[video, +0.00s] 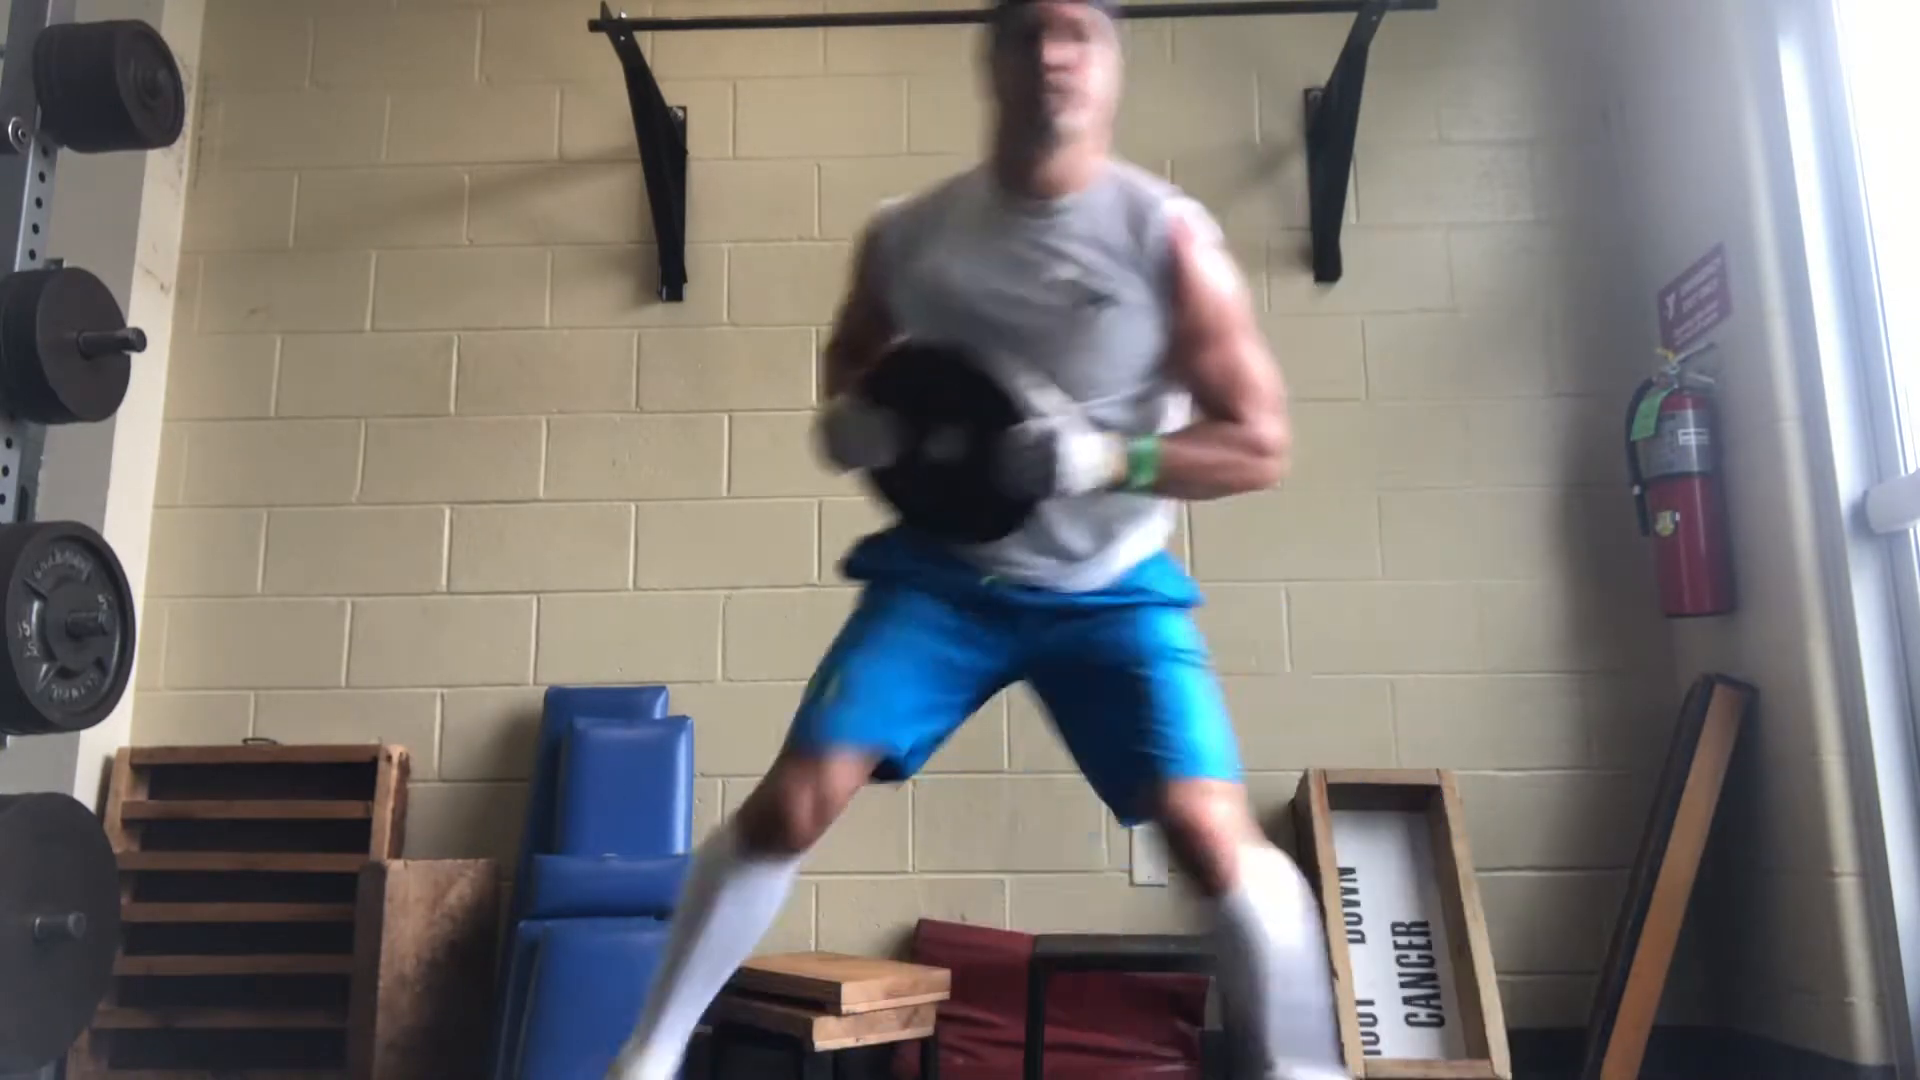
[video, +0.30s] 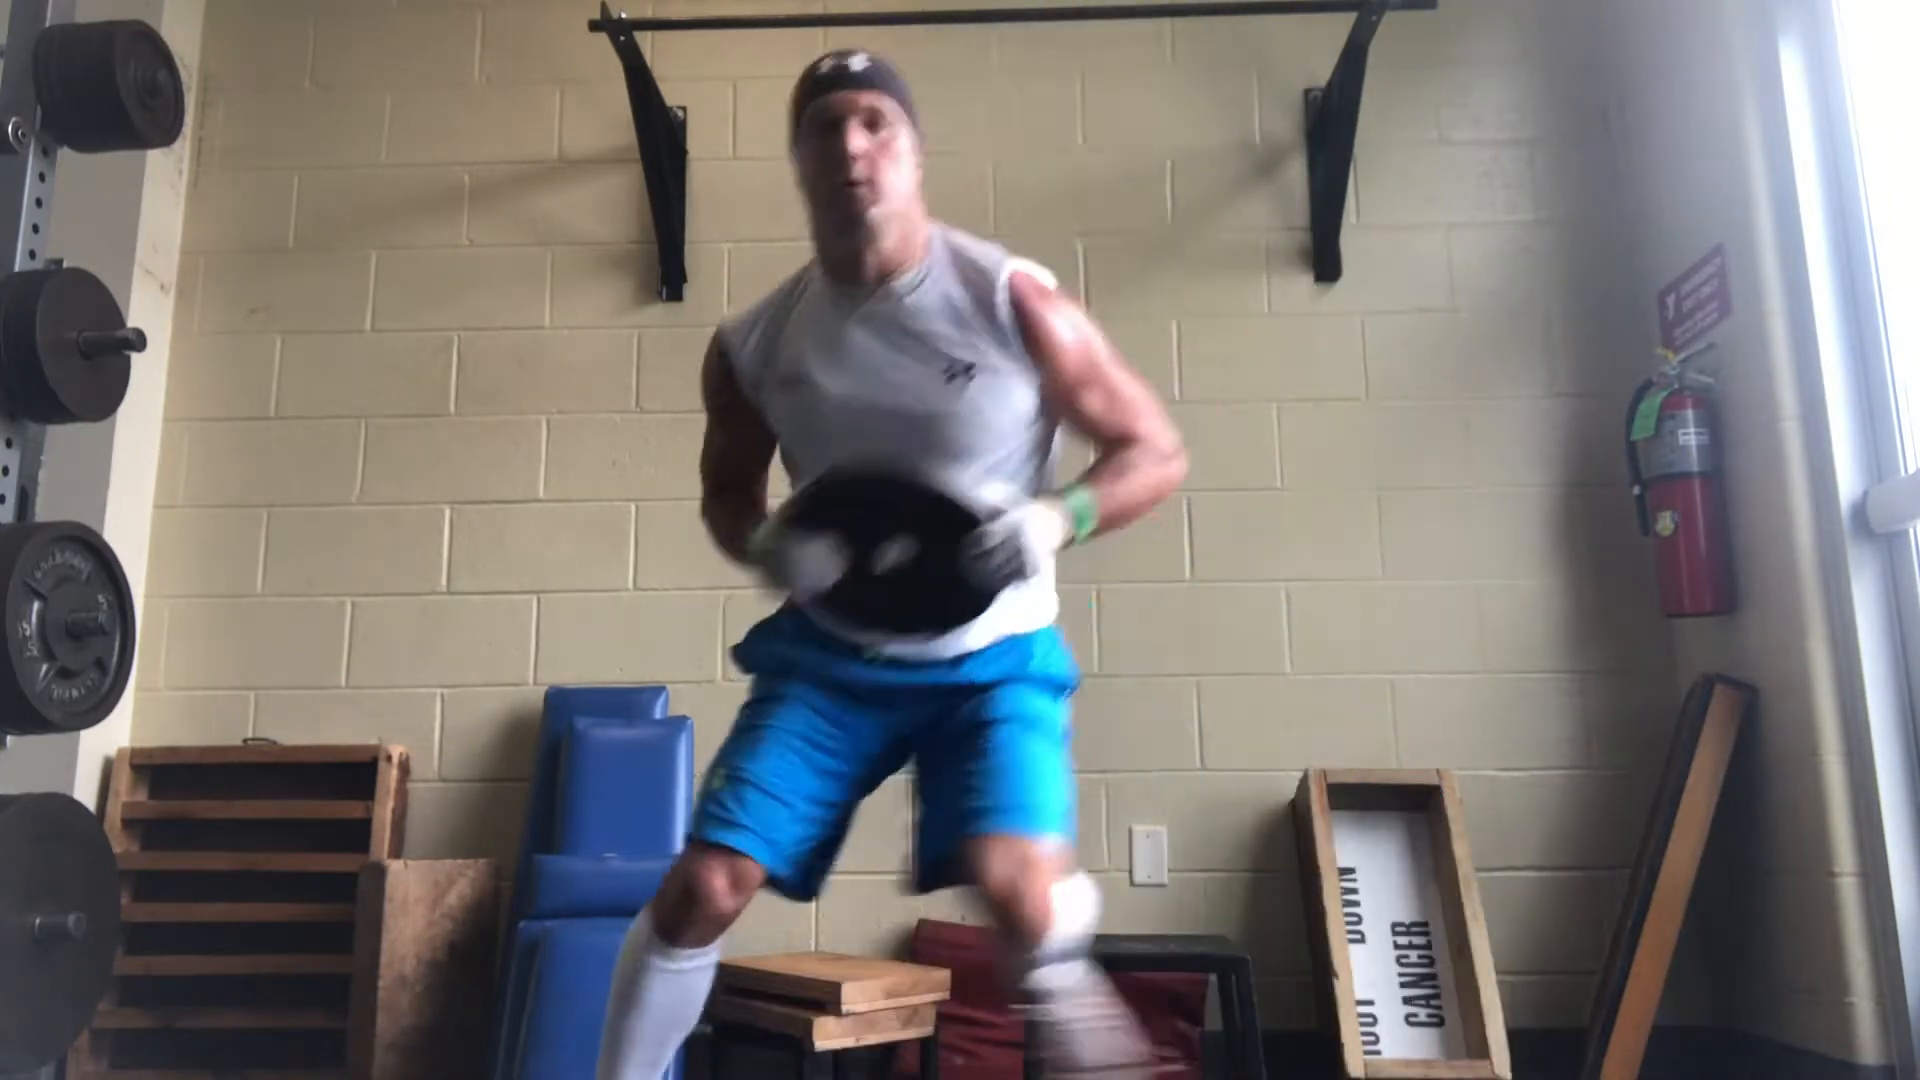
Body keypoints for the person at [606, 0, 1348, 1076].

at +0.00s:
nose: (1053, 57)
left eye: (1079, 35)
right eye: (1028, 34)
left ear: (1113, 66)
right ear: (992, 62)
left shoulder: (1169, 235)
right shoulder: (906, 240)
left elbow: (1261, 446)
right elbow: (840, 414)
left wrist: (1100, 456)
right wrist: (877, 429)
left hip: (1118, 594)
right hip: (941, 582)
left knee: (1209, 832)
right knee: (793, 805)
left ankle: (1308, 1075)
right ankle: (646, 1062)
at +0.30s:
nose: (852, 149)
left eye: (875, 125)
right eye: (826, 131)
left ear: (918, 154)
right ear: (799, 168)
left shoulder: (1014, 302)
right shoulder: (752, 352)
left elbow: (1157, 452)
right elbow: (728, 503)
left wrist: (1058, 519)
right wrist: (773, 552)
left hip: (998, 662)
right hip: (830, 663)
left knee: (1017, 886)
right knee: (703, 889)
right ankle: (627, 1077)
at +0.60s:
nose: (1152, 104)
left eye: (1173, 80)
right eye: (1122, 83)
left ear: (1209, 112)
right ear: (1081, 115)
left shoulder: (1274, 278)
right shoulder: (997, 282)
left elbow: (1343, 419)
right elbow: (922, 471)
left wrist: (1334, 496)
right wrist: (1052, 516)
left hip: (1226, 650)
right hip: (1046, 658)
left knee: (1351, 865)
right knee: (975, 904)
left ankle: (1475, 1072)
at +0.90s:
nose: (1085, 61)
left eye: (1108, 40)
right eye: (1056, 42)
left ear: (1140, 74)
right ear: (1016, 68)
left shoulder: (1198, 230)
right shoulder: (918, 227)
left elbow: (1294, 416)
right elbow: (843, 361)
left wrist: (1176, 452)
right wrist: (887, 425)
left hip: (1122, 594)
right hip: (944, 573)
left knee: (1252, 846)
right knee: (786, 744)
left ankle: (1401, 1069)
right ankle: (703, 1002)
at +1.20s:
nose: (823, 151)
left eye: (847, 129)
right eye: (796, 133)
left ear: (885, 152)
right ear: (764, 163)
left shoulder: (979, 298)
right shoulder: (715, 346)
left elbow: (1107, 486)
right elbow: (701, 518)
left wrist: (977, 551)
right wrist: (697, 577)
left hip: (947, 690)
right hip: (775, 684)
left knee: (919, 950)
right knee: (643, 915)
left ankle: (890, 990)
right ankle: (545, 1076)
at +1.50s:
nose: (1133, 111)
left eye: (1157, 83)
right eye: (1106, 84)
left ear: (1200, 105)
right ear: (1067, 104)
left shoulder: (1258, 275)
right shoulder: (966, 265)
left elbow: (1362, 418)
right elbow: (907, 455)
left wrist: (1340, 476)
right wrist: (1022, 485)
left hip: (1200, 643)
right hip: (1018, 644)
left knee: (1348, 878)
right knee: (897, 887)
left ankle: (1497, 1074)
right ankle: (884, 1036)